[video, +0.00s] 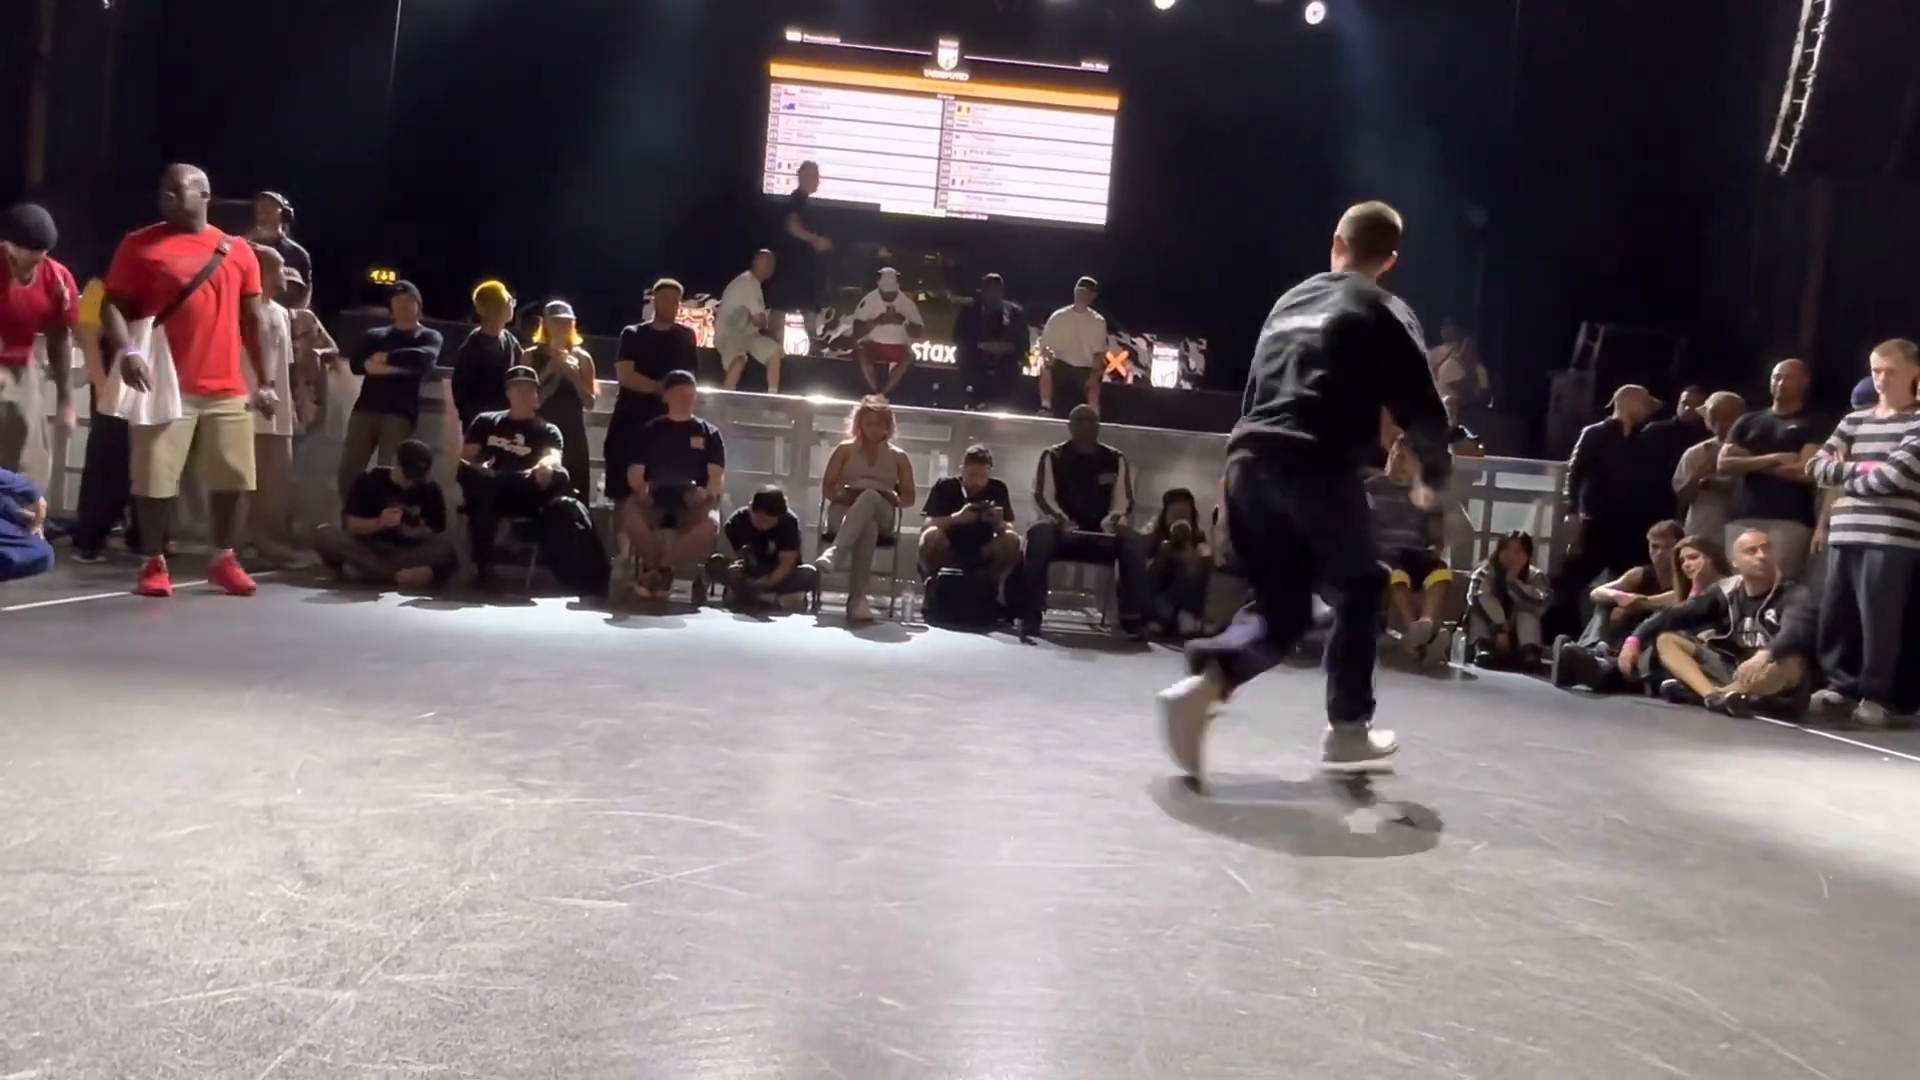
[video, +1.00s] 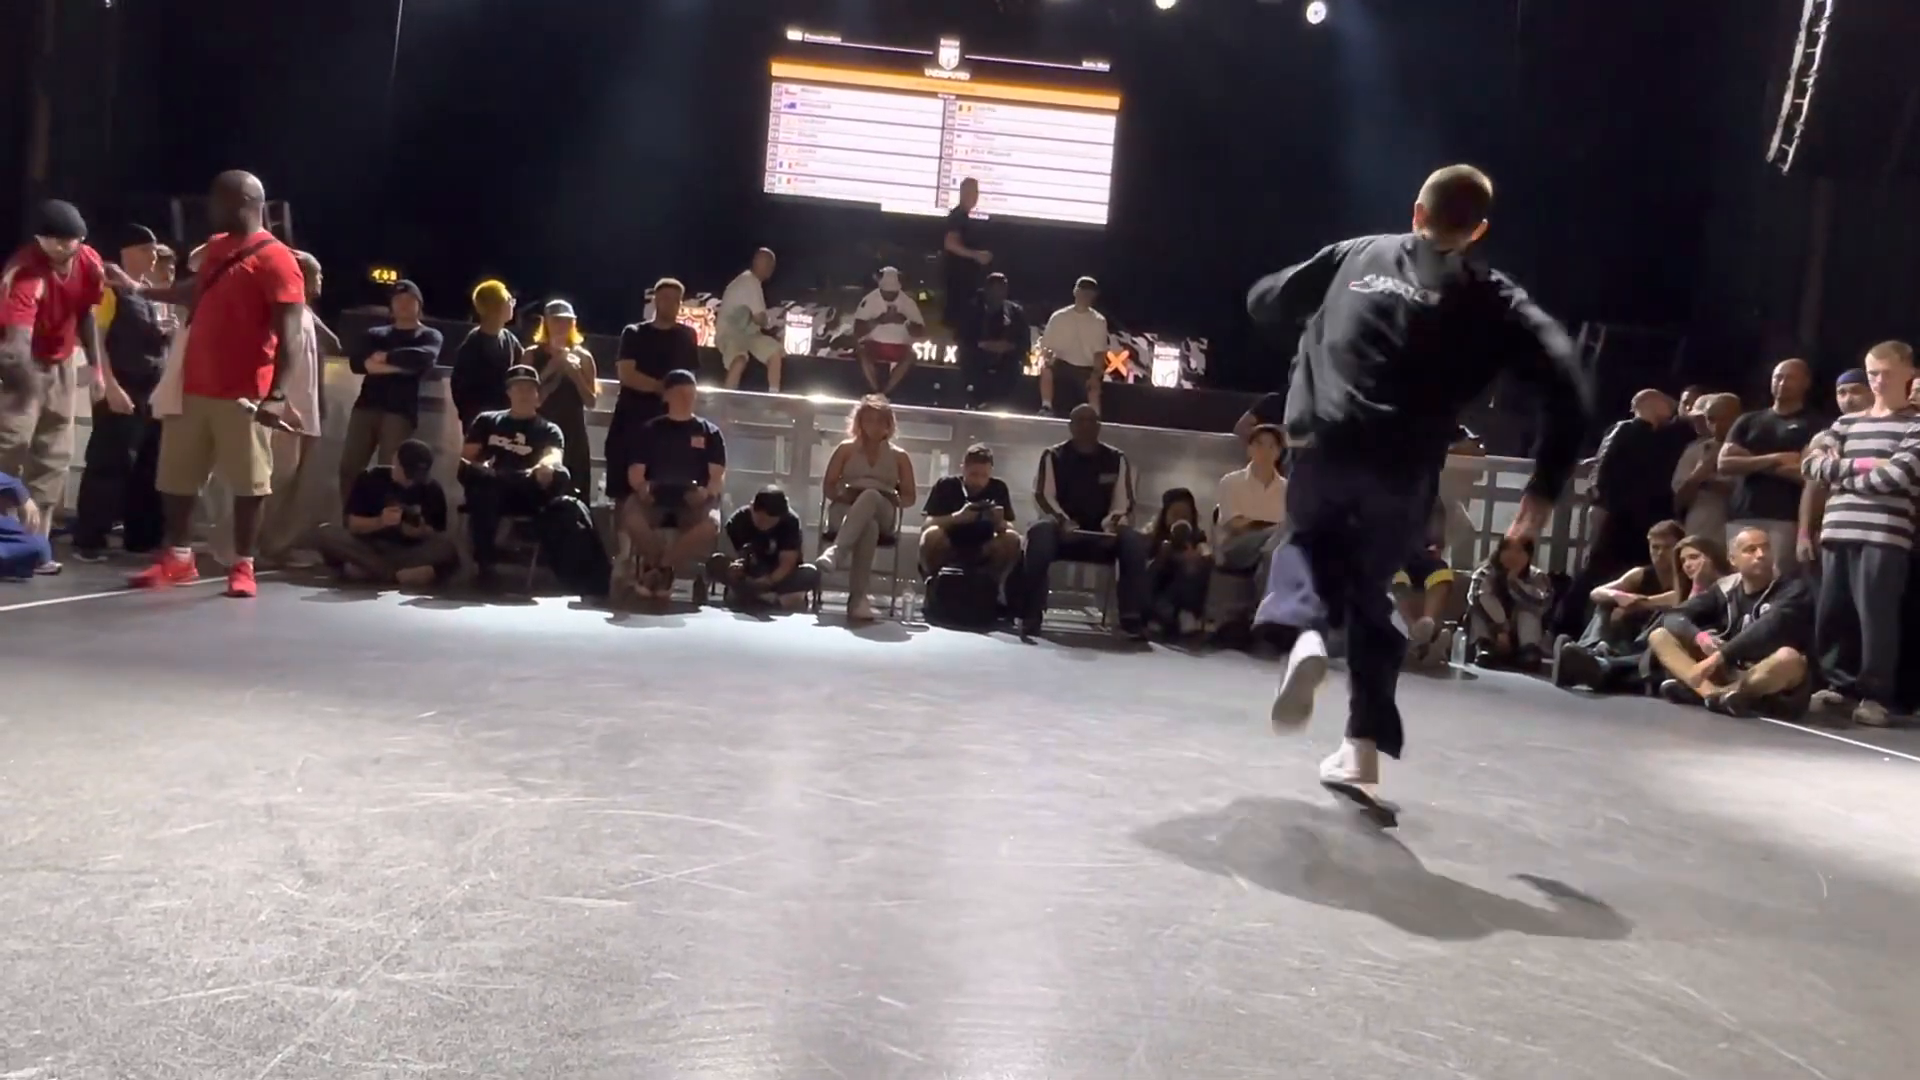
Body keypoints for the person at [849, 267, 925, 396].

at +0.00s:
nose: (889, 297)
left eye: (892, 293)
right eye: (885, 293)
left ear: (897, 289)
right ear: (879, 289)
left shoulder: (906, 302)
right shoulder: (869, 300)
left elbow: (918, 333)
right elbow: (856, 331)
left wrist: (903, 321)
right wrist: (879, 320)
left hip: (898, 346)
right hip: (873, 344)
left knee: (909, 357)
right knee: (861, 352)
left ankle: (884, 393)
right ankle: (875, 391)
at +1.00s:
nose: (890, 296)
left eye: (893, 293)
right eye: (886, 292)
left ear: (899, 289)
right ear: (880, 288)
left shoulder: (908, 302)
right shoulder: (869, 300)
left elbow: (919, 332)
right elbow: (857, 332)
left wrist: (904, 320)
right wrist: (879, 320)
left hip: (900, 346)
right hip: (874, 344)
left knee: (910, 357)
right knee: (863, 353)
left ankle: (885, 392)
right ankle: (876, 391)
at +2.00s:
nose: (890, 296)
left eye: (893, 293)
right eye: (886, 293)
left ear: (898, 290)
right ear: (880, 290)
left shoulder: (907, 303)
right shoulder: (869, 300)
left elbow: (918, 332)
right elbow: (858, 330)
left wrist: (904, 322)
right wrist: (879, 321)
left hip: (899, 347)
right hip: (873, 344)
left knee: (909, 357)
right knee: (863, 352)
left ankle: (885, 393)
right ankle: (875, 392)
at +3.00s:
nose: (886, 301)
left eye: (890, 298)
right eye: (883, 298)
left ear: (895, 295)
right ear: (876, 294)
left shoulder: (904, 308)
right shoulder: (866, 306)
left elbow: (914, 338)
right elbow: (855, 336)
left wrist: (901, 327)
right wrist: (875, 327)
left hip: (897, 351)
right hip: (870, 350)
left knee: (907, 363)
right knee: (860, 359)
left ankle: (883, 398)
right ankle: (872, 396)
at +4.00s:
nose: (862, 309)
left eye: (866, 306)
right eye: (859, 306)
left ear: (871, 303)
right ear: (853, 302)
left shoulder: (881, 315)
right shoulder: (843, 313)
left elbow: (894, 344)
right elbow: (832, 344)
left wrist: (877, 333)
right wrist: (853, 334)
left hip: (875, 359)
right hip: (848, 357)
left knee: (885, 369)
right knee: (837, 366)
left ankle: (862, 405)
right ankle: (852, 404)